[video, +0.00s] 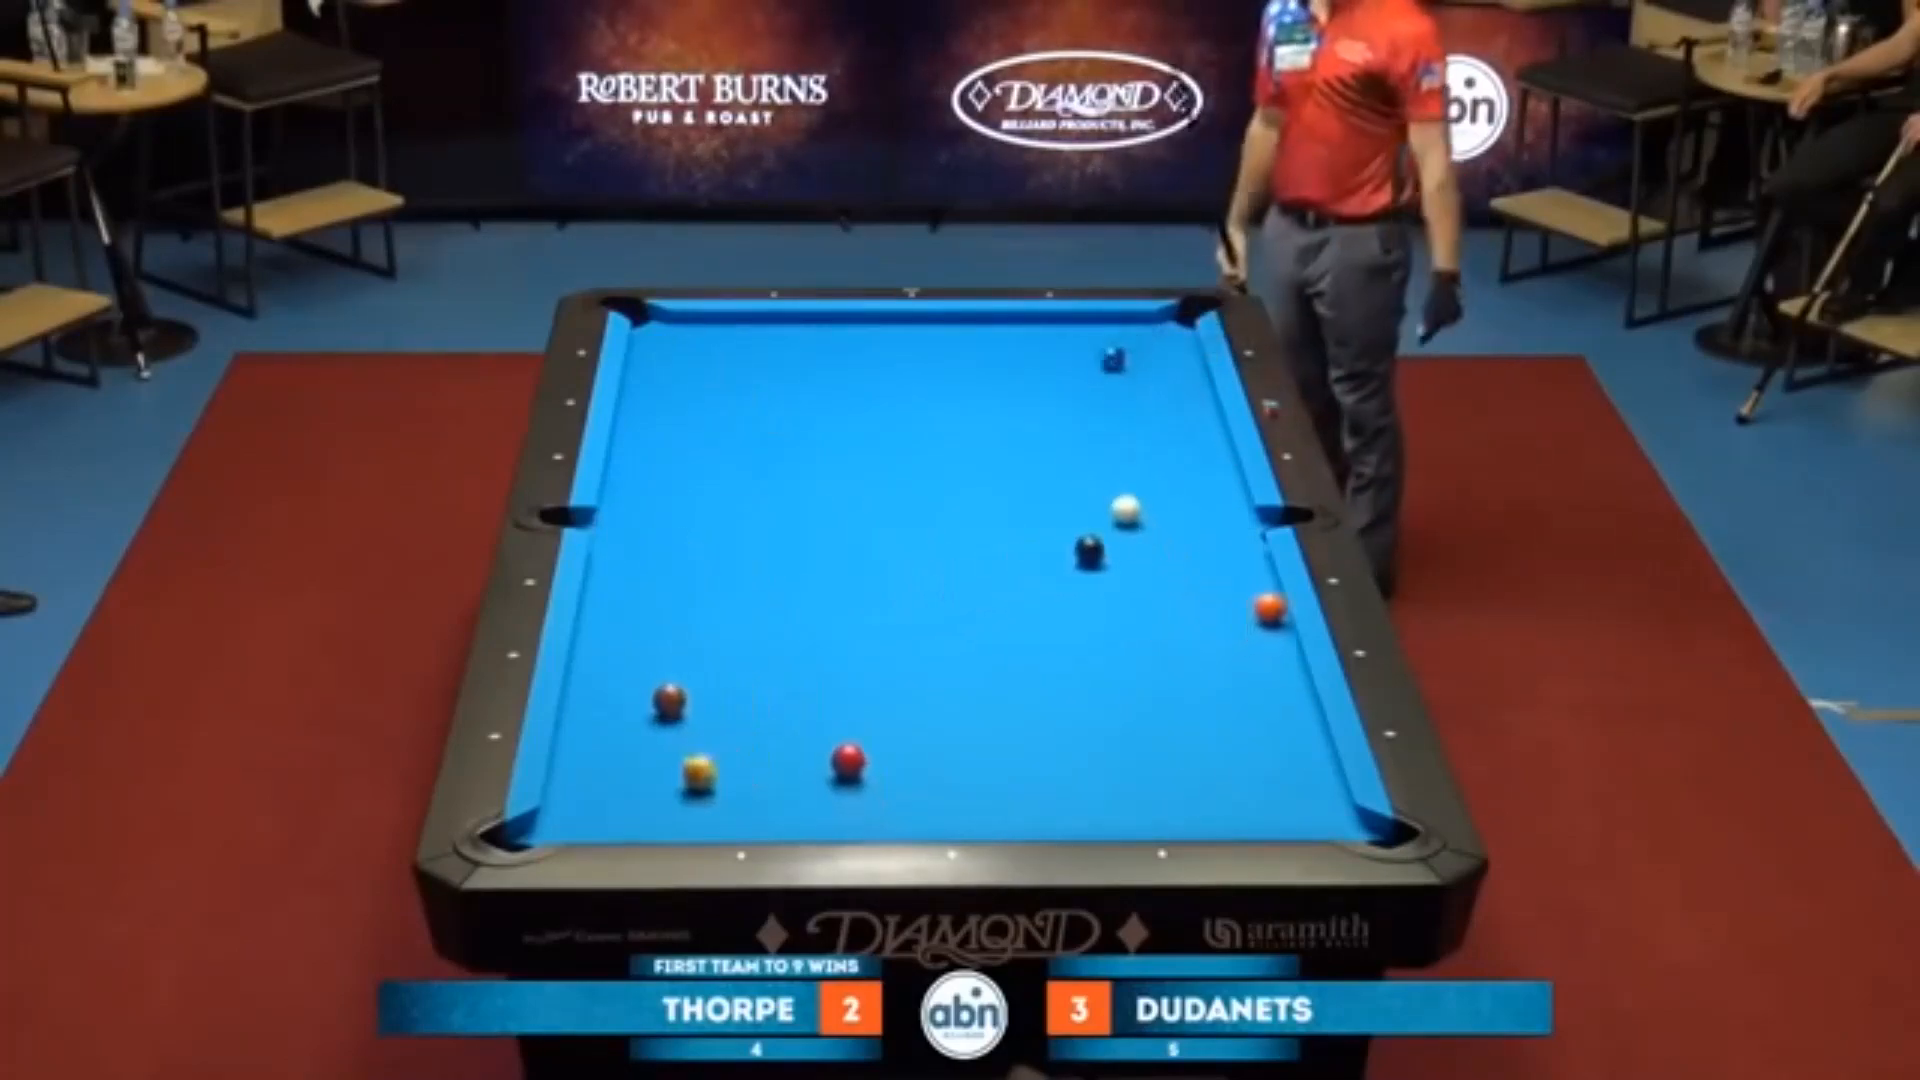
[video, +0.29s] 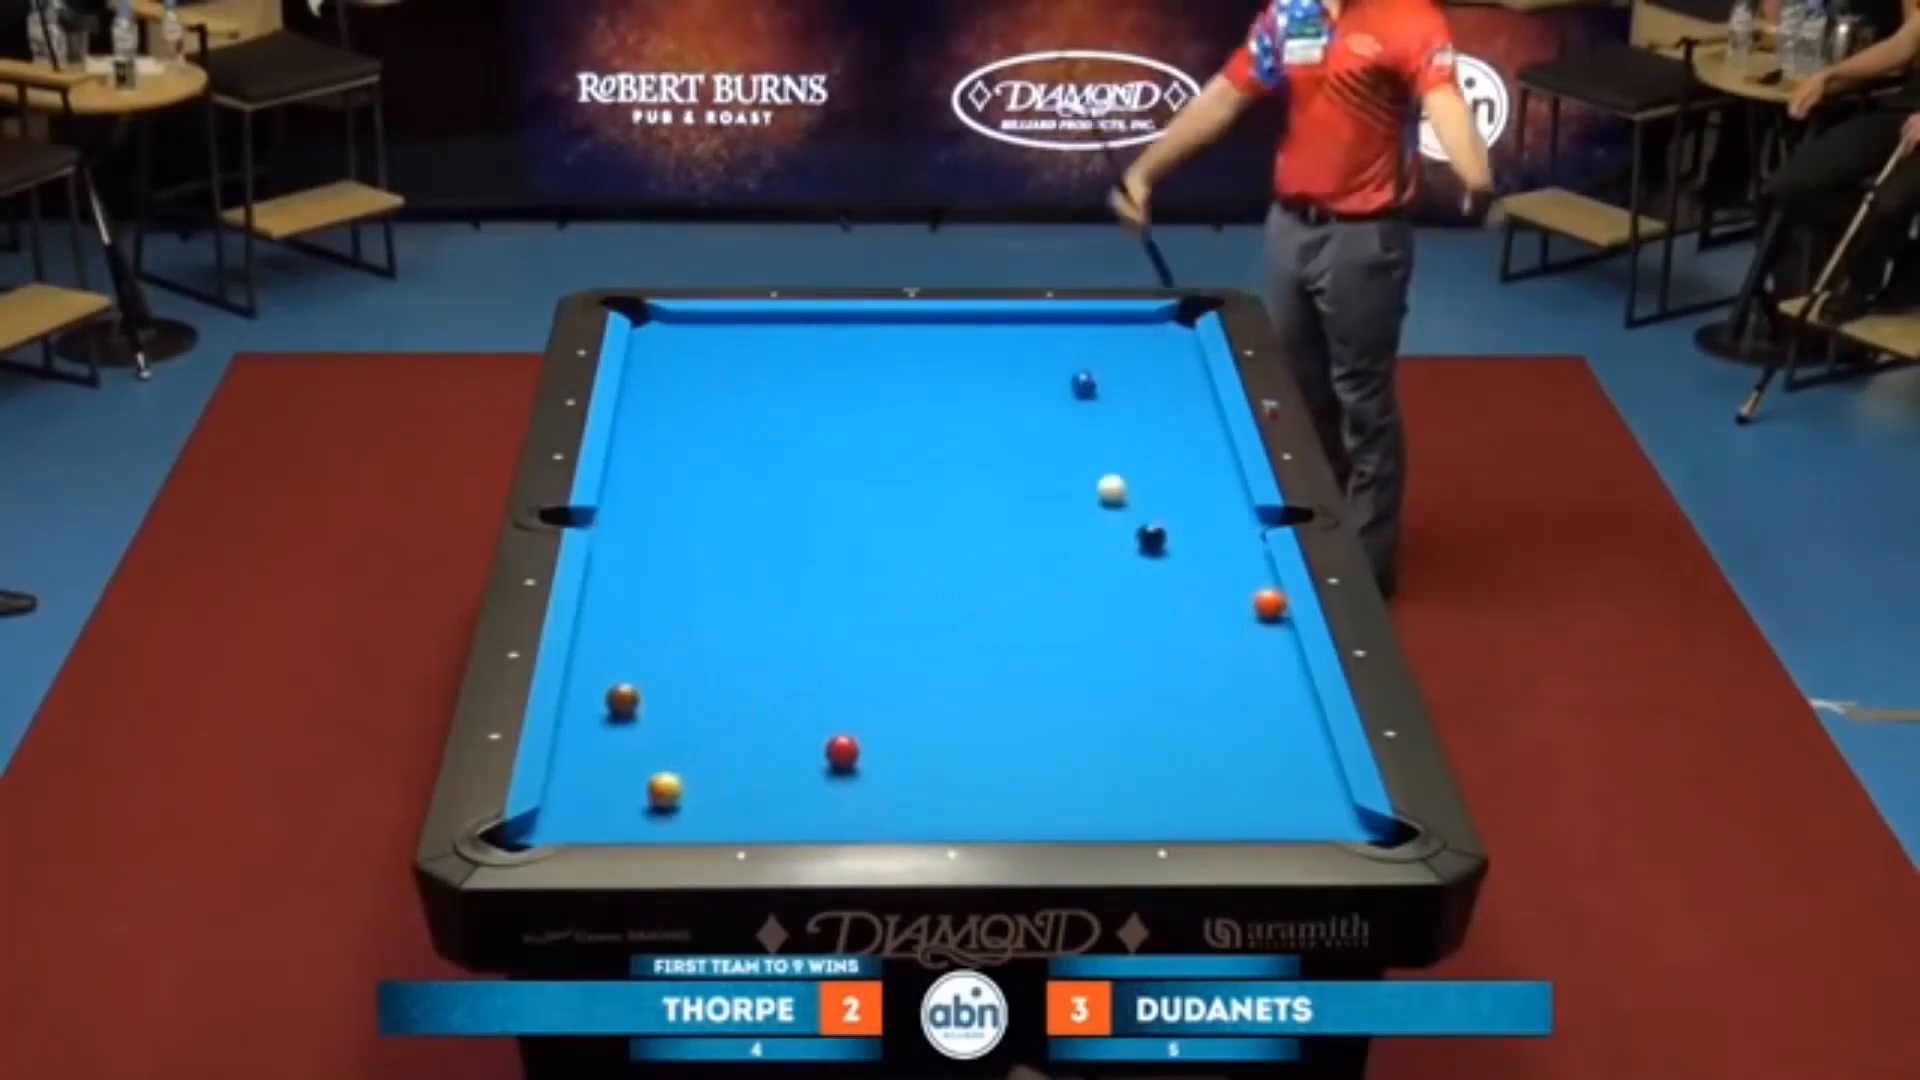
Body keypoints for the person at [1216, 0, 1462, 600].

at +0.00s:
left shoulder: (1404, 28)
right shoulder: (1281, 16)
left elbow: (1433, 159)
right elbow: (1266, 123)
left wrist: (1446, 271)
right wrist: (1237, 218)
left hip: (1362, 238)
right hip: (1285, 231)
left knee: (1362, 405)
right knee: (1300, 399)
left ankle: (1368, 566)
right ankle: (1309, 543)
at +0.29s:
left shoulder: (1409, 19)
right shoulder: (1287, 15)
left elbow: (1444, 99)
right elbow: (1222, 95)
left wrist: (1476, 174)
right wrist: (1144, 168)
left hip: (1364, 235)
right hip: (1290, 229)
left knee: (1364, 403)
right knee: (1302, 395)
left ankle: (1369, 566)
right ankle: (1312, 537)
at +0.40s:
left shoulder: (1413, 12)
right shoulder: (1283, 10)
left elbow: (1468, 72)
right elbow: (1206, 54)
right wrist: (1129, 80)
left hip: (1365, 233)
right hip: (1292, 227)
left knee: (1365, 403)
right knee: (1304, 396)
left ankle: (1370, 564)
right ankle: (1314, 540)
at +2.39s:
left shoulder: (1407, 15)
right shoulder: (1295, 10)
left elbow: (1501, 3)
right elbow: (1239, 2)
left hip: (1370, 233)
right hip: (1299, 224)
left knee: (1369, 402)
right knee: (1314, 394)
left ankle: (1370, 565)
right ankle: (1318, 539)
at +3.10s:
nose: (1280, 5)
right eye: (1272, 1)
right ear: (1264, 2)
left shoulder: (1373, 12)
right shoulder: (1261, 49)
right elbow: (1182, 74)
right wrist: (1100, 87)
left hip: (1403, 214)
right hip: (1324, 222)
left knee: (1402, 336)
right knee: (1294, 371)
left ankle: (1407, 496)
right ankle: (1315, 512)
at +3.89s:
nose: (1265, 6)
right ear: (1253, 6)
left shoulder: (1360, 25)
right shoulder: (1259, 74)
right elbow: (1202, 145)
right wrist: (1120, 193)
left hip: (1403, 225)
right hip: (1327, 238)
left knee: (1390, 356)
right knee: (1289, 381)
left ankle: (1401, 536)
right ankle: (1317, 533)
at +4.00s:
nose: (1265, 8)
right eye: (1256, 1)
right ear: (1251, 6)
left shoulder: (1363, 14)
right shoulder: (1264, 70)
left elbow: (1406, 75)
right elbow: (1240, 162)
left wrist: (1390, 166)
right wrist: (1176, 244)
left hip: (1394, 231)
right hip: (1317, 242)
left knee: (1368, 392)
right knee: (1288, 398)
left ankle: (1382, 566)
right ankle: (1308, 558)